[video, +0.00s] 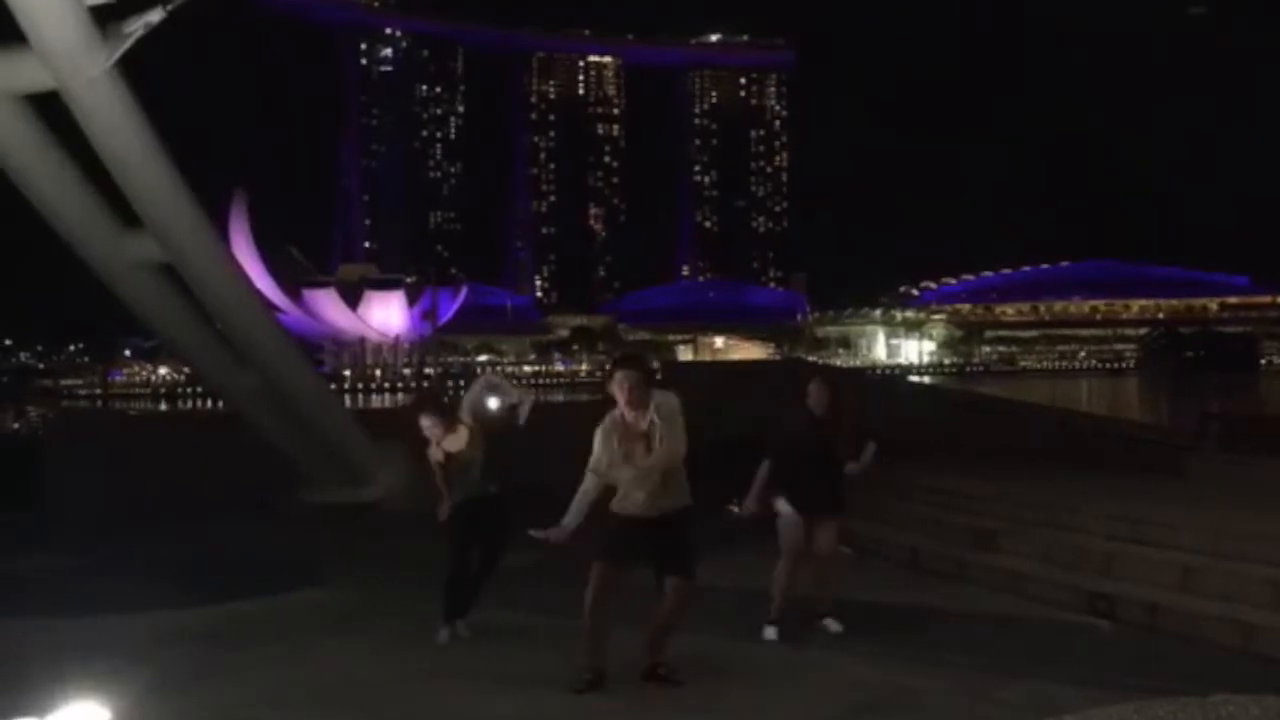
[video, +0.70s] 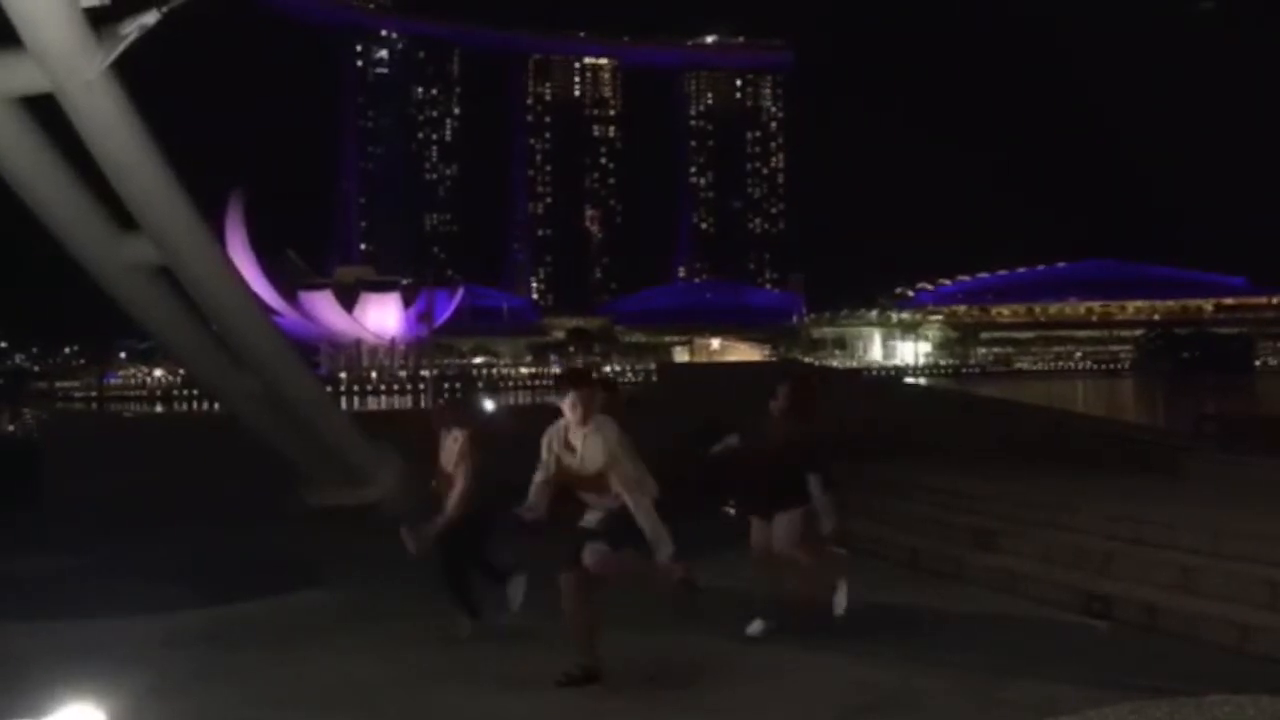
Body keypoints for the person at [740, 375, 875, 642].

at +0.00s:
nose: (817, 400)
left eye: (821, 395)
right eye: (813, 395)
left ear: (830, 398)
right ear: (805, 397)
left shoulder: (835, 428)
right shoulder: (793, 425)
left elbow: (842, 468)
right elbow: (769, 463)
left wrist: (861, 464)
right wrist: (753, 497)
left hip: (826, 500)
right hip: (792, 499)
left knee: (826, 558)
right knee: (789, 557)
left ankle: (824, 613)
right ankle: (774, 620)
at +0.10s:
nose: (812, 400)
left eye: (817, 394)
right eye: (809, 394)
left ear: (827, 396)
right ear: (803, 396)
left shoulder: (838, 425)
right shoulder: (792, 424)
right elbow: (771, 463)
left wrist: (847, 482)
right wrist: (762, 498)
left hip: (826, 498)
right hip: (791, 497)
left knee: (826, 558)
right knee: (786, 557)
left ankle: (824, 613)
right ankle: (775, 619)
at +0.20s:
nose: (809, 401)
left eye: (815, 396)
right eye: (806, 395)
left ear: (826, 399)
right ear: (801, 398)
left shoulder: (836, 430)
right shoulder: (789, 427)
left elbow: (845, 472)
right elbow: (769, 465)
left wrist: (819, 496)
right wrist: (759, 501)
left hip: (825, 497)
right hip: (791, 497)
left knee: (829, 551)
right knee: (796, 541)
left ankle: (826, 610)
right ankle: (803, 601)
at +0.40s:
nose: (799, 407)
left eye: (804, 402)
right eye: (796, 401)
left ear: (815, 405)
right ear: (792, 403)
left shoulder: (825, 434)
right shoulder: (782, 429)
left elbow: (816, 472)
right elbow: (761, 460)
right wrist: (741, 484)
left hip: (822, 494)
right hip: (789, 491)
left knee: (829, 553)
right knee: (794, 531)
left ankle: (822, 610)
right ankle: (783, 587)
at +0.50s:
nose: (797, 405)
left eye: (802, 399)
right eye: (794, 398)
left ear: (810, 401)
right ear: (786, 399)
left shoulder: (817, 429)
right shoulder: (777, 426)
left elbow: (805, 470)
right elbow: (759, 456)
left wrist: (761, 474)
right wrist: (738, 480)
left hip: (817, 501)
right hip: (782, 501)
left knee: (822, 557)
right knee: (779, 555)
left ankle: (822, 612)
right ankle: (767, 610)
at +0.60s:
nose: (784, 402)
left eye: (790, 397)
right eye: (783, 396)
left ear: (803, 400)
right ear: (780, 398)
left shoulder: (810, 430)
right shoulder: (773, 428)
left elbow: (797, 472)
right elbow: (753, 452)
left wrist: (778, 503)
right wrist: (733, 473)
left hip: (810, 498)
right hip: (774, 497)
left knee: (811, 556)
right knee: (771, 555)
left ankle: (820, 613)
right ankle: (767, 613)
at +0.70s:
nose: (774, 404)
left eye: (781, 398)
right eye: (775, 397)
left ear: (796, 402)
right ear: (774, 400)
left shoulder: (803, 433)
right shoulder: (764, 429)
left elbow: (816, 479)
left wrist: (827, 519)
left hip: (791, 493)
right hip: (760, 491)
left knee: (785, 547)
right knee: (760, 552)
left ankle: (834, 569)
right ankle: (767, 611)